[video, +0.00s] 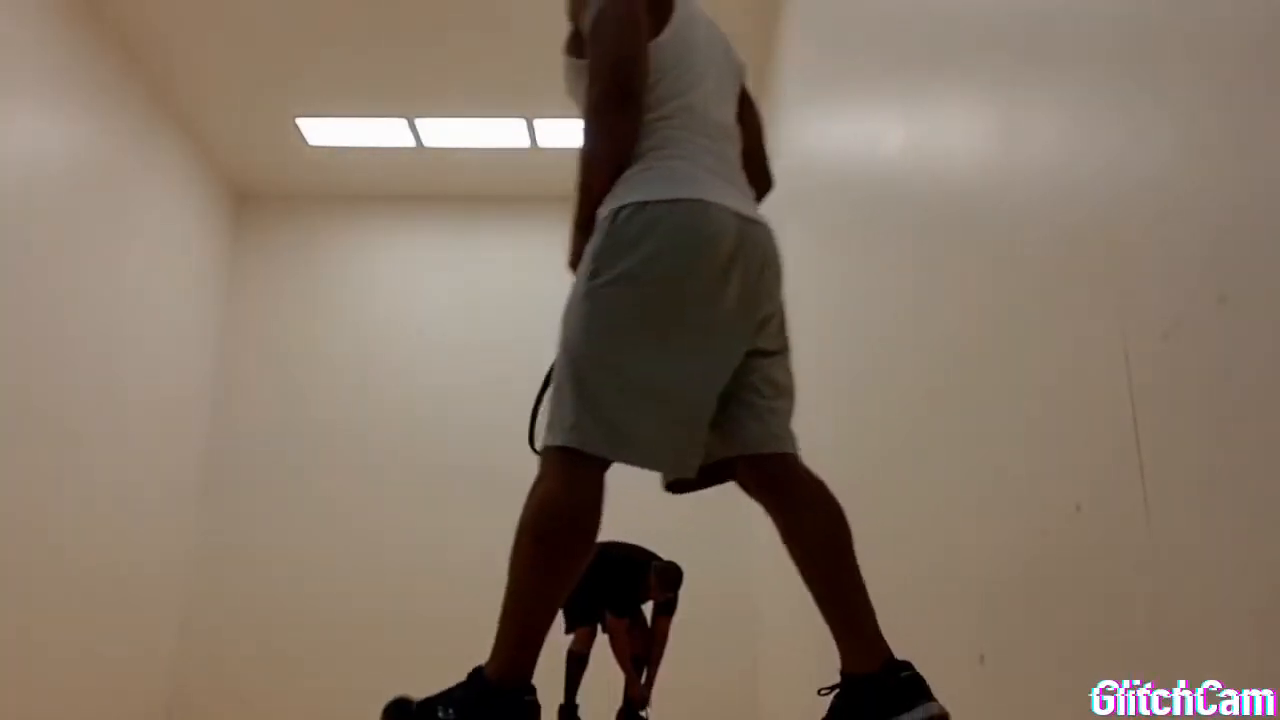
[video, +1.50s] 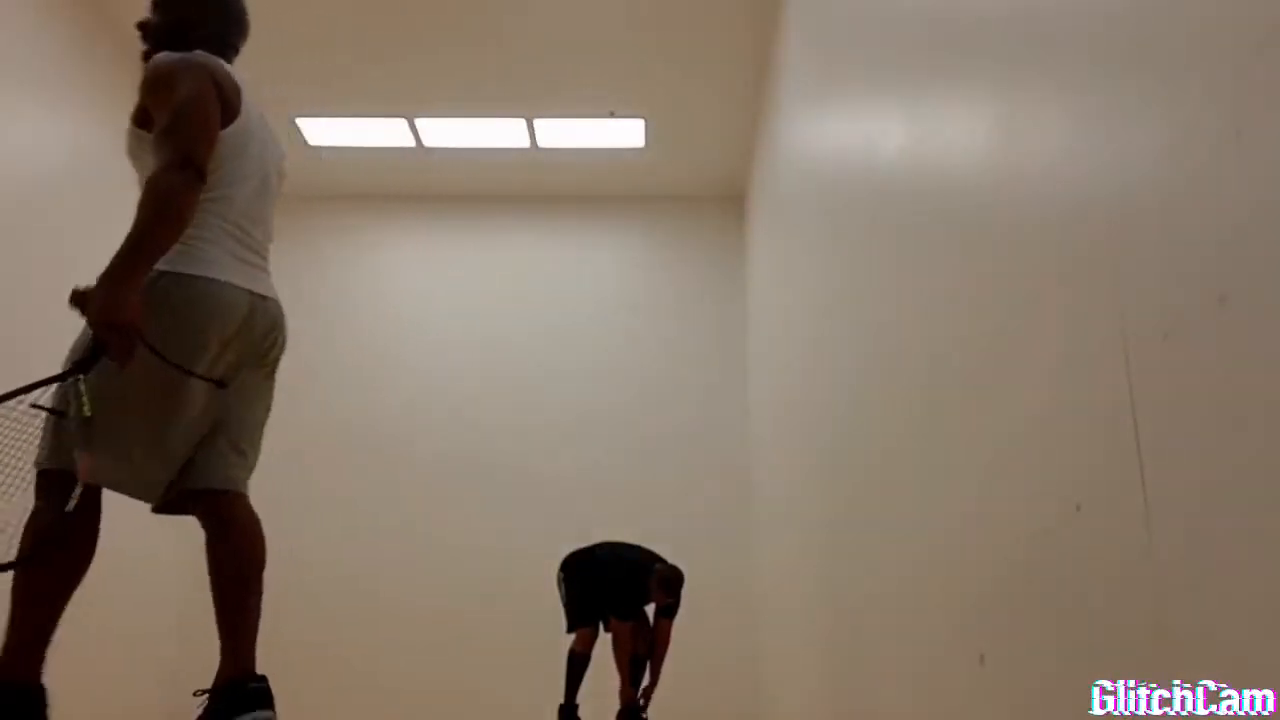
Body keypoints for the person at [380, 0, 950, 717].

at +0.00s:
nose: (574, 39)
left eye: (577, 24)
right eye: (573, 34)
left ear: (604, 1)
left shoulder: (615, 1)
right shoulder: (713, 43)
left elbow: (615, 106)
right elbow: (756, 172)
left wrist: (585, 236)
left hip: (653, 223)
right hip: (745, 238)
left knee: (573, 453)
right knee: (769, 461)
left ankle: (503, 683)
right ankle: (875, 673)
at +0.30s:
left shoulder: (471, 3)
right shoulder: (595, 29)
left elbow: (465, 98)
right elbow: (638, 157)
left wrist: (446, 208)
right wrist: (542, 191)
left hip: (536, 216)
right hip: (622, 227)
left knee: (509, 452)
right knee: (565, 452)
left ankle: (496, 686)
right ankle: (653, 621)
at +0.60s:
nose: (369, 33)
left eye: (371, 21)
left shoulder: (404, 6)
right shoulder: (511, 54)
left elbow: (399, 90)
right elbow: (550, 188)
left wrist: (323, 202)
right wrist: (458, 223)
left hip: (440, 235)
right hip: (516, 251)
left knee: (455, 456)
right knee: (414, 469)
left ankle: (495, 683)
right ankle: (342, 669)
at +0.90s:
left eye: (306, 11)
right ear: (399, 14)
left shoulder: (325, 23)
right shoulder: (423, 96)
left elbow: (303, 128)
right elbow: (471, 223)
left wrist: (210, 244)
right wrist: (410, 302)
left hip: (332, 270)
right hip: (403, 299)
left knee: (301, 470)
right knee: (316, 492)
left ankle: (433, 634)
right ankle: (248, 688)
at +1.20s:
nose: (238, 27)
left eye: (242, 17)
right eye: (240, 18)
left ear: (262, 15)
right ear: (325, 30)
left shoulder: (263, 51)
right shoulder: (356, 124)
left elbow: (258, 138)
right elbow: (363, 255)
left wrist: (181, 255)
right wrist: (261, 275)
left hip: (255, 284)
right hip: (331, 312)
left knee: (116, 443)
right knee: (274, 494)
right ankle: (245, 689)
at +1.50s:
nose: (142, 23)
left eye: (156, 11)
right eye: (149, 12)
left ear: (183, 21)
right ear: (230, 37)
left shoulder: (179, 68)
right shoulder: (259, 121)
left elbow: (184, 170)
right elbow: (235, 232)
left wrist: (117, 284)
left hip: (178, 293)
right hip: (258, 311)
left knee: (66, 478)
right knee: (222, 492)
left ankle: (19, 674)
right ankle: (240, 679)